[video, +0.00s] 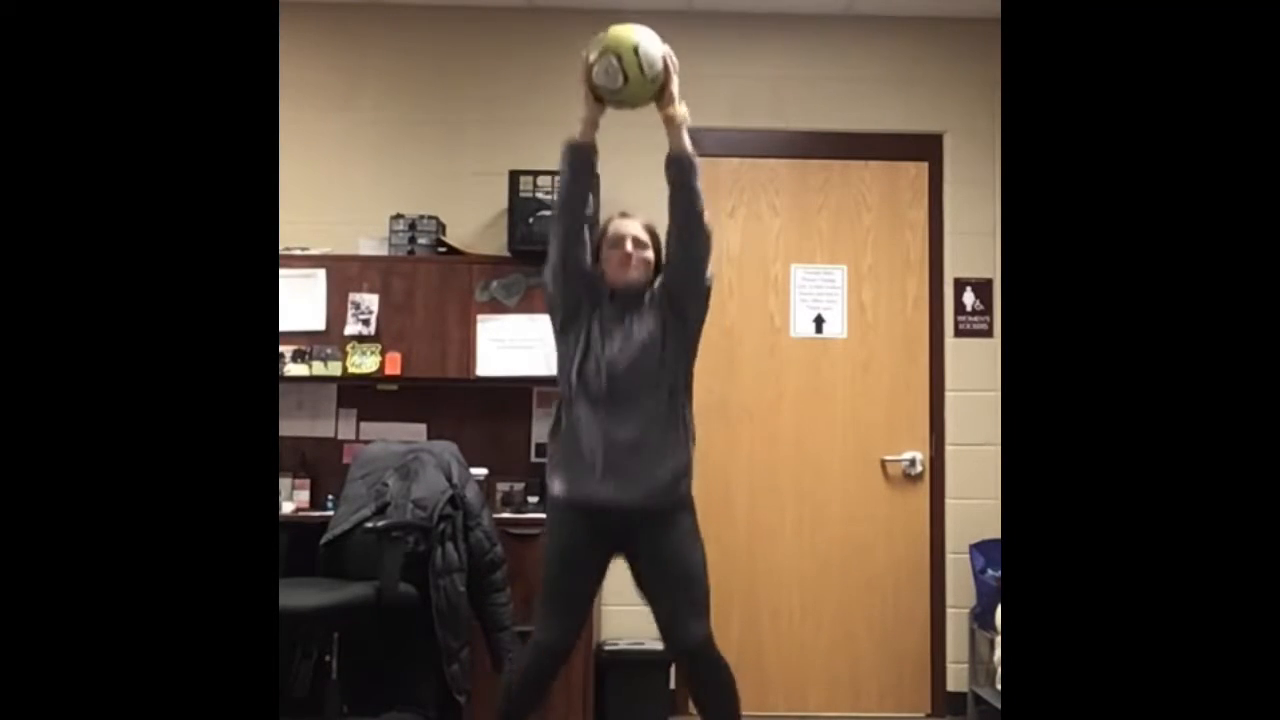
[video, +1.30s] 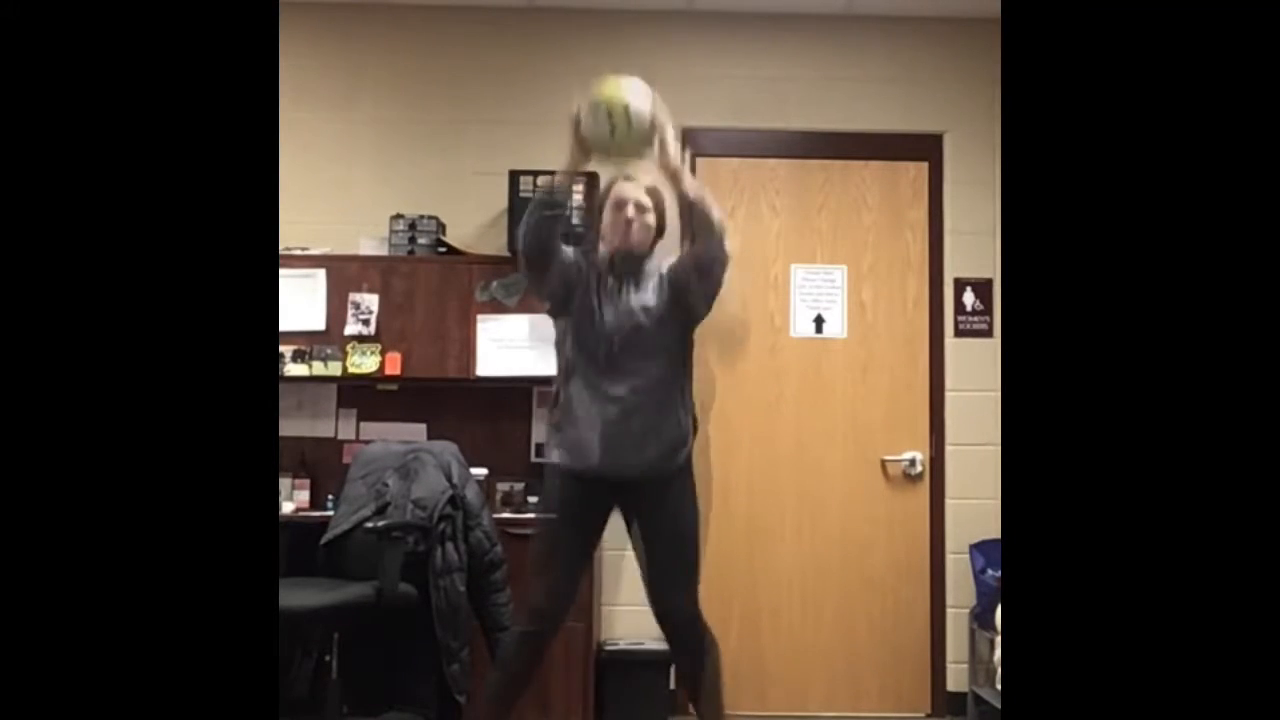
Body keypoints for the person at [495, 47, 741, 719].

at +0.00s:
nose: (632, 249)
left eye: (642, 242)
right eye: (619, 242)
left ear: (657, 261)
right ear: (595, 260)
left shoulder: (676, 315)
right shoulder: (577, 314)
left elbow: (691, 231)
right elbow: (570, 221)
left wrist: (676, 124)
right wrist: (589, 117)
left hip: (660, 507)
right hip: (579, 507)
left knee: (693, 645)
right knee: (549, 647)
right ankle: (504, 714)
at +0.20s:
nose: (636, 202)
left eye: (648, 196)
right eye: (623, 195)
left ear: (664, 218)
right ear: (603, 214)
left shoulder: (683, 277)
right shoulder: (579, 274)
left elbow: (716, 253)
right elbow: (540, 240)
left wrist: (687, 172)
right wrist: (581, 160)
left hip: (669, 461)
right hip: (586, 461)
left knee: (691, 610)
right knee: (557, 607)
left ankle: (722, 716)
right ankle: (516, 709)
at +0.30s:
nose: (633, 199)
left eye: (646, 189)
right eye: (620, 188)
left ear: (668, 199)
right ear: (600, 198)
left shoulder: (692, 259)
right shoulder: (576, 254)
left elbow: (725, 309)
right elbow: (535, 299)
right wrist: (583, 238)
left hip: (671, 449)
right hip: (590, 447)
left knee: (676, 592)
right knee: (574, 589)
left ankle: (692, 710)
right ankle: (552, 709)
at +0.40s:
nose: (639, 213)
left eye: (651, 205)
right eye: (627, 205)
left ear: (668, 224)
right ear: (609, 221)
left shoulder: (695, 298)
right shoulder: (572, 294)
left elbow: (718, 388)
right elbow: (542, 382)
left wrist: (671, 340)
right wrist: (590, 329)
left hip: (672, 479)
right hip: (592, 479)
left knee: (663, 618)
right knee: (596, 618)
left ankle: (662, 713)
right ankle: (603, 713)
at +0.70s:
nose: (640, 185)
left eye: (652, 174)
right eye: (627, 173)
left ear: (672, 180)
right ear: (605, 180)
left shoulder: (684, 249)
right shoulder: (584, 251)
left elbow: (725, 294)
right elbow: (545, 298)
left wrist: (687, 252)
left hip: (672, 448)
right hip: (593, 448)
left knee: (670, 593)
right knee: (582, 593)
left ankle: (674, 704)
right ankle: (576, 708)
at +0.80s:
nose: (643, 197)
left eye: (654, 190)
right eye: (629, 189)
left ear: (671, 207)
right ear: (611, 205)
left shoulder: (694, 268)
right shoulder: (587, 264)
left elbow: (723, 211)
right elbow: (557, 211)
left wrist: (686, 126)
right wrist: (596, 120)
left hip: (672, 446)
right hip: (594, 444)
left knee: (686, 599)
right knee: (567, 603)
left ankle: (704, 706)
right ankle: (539, 708)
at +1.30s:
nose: (629, 215)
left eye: (641, 208)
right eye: (618, 206)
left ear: (658, 227)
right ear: (599, 219)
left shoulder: (674, 289)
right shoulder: (577, 281)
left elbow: (709, 251)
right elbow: (535, 252)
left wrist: (677, 174)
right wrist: (570, 170)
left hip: (657, 467)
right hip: (578, 465)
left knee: (679, 614)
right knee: (542, 610)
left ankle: (709, 711)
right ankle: (487, 711)